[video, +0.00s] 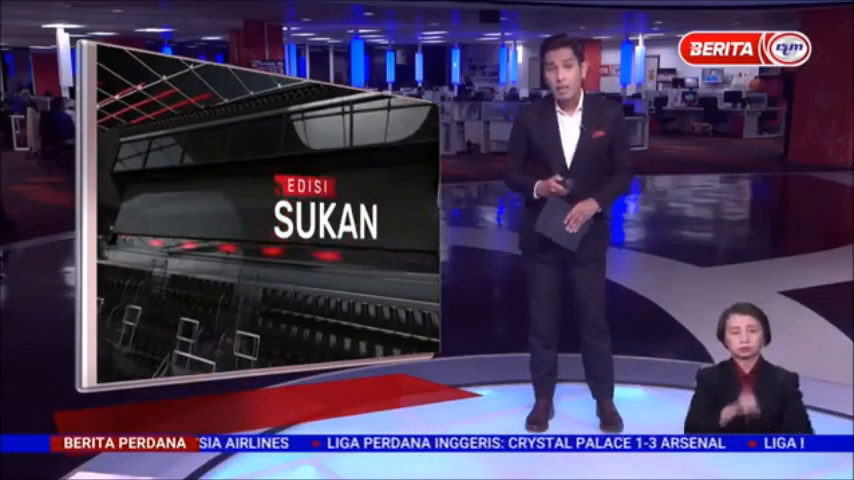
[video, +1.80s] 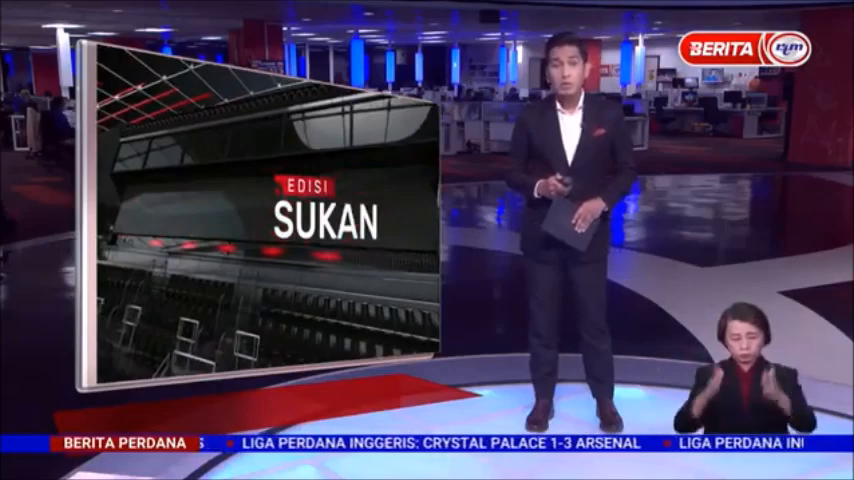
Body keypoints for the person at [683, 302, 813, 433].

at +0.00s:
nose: (744, 338)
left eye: (753, 331)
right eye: (735, 332)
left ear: (764, 337)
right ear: (724, 339)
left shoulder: (785, 381)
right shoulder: (709, 378)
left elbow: (802, 435)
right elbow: (692, 430)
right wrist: (730, 412)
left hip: (772, 463)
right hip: (721, 462)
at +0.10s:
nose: (743, 339)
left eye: (751, 331)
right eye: (734, 332)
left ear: (763, 336)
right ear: (724, 340)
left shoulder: (783, 377)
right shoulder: (710, 376)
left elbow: (809, 419)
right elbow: (691, 423)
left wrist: (775, 411)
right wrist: (732, 392)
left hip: (772, 463)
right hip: (720, 462)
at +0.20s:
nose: (743, 340)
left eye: (750, 331)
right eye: (734, 333)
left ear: (763, 336)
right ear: (723, 340)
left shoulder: (783, 375)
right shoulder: (710, 376)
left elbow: (810, 414)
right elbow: (691, 422)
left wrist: (778, 392)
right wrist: (731, 387)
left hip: (774, 461)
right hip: (722, 462)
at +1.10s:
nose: (743, 341)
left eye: (750, 332)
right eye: (734, 334)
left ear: (762, 335)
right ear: (722, 340)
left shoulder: (782, 375)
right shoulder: (710, 375)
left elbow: (804, 416)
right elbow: (685, 420)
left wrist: (758, 392)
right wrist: (725, 399)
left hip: (774, 461)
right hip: (720, 462)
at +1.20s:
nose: (742, 342)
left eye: (749, 333)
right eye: (733, 335)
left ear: (761, 336)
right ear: (722, 341)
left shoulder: (782, 375)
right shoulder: (709, 376)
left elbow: (808, 419)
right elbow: (680, 423)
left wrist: (774, 395)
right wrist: (706, 406)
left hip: (775, 461)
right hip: (721, 461)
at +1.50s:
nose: (743, 345)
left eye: (750, 336)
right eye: (734, 337)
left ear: (762, 338)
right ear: (723, 341)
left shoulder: (781, 375)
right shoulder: (711, 376)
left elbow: (809, 417)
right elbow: (680, 420)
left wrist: (784, 384)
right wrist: (701, 385)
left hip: (772, 460)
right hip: (720, 460)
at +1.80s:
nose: (744, 346)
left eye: (752, 337)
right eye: (736, 338)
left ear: (764, 339)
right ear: (725, 341)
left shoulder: (783, 376)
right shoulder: (709, 375)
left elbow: (808, 425)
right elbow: (682, 426)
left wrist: (778, 396)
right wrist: (708, 393)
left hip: (772, 461)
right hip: (719, 461)